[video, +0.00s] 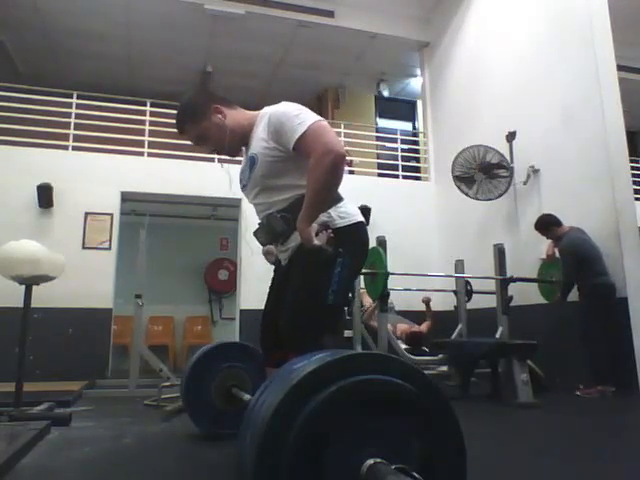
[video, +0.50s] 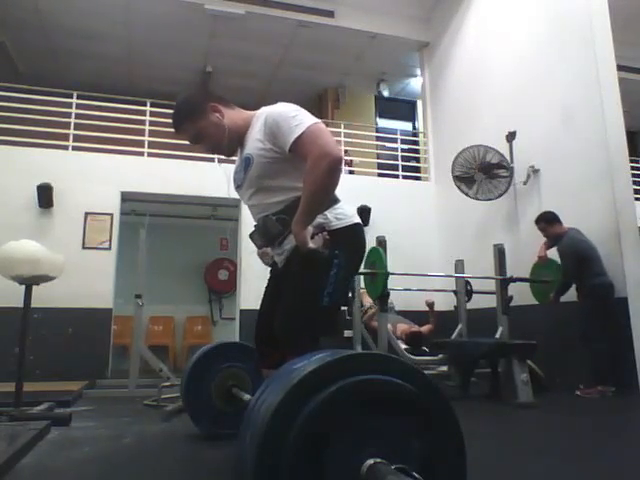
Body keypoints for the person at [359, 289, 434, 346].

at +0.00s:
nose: (412, 327)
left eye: (410, 331)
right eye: (415, 329)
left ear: (403, 339)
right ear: (417, 329)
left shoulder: (388, 333)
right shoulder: (421, 332)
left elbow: (366, 320)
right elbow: (429, 320)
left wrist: (378, 302)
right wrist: (427, 305)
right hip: (389, 313)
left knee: (363, 293)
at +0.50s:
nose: (414, 327)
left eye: (412, 331)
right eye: (416, 329)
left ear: (403, 338)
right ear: (418, 330)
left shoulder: (387, 330)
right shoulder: (422, 333)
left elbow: (367, 321)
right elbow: (432, 325)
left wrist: (378, 308)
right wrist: (431, 309)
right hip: (392, 314)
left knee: (365, 294)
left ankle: (362, 292)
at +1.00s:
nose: (411, 327)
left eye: (410, 330)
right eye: (414, 329)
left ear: (404, 339)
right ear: (420, 332)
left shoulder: (389, 333)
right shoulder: (423, 335)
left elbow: (367, 329)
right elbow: (434, 334)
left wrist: (376, 313)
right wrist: (433, 317)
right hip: (392, 314)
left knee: (364, 293)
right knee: (384, 297)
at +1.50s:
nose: (412, 327)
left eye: (410, 330)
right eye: (415, 329)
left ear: (403, 338)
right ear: (419, 331)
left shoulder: (388, 333)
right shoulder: (422, 334)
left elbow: (365, 326)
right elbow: (434, 331)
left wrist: (375, 309)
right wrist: (432, 313)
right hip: (392, 314)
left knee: (363, 293)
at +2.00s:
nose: (413, 327)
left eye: (411, 331)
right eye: (416, 330)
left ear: (402, 338)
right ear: (419, 332)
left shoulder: (388, 333)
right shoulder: (421, 334)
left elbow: (365, 327)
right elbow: (432, 332)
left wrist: (372, 309)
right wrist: (429, 314)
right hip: (393, 316)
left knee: (365, 295)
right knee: (385, 297)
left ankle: (362, 292)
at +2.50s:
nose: (413, 326)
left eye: (412, 329)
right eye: (415, 329)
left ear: (403, 336)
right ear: (418, 331)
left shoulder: (389, 331)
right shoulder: (421, 332)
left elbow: (366, 318)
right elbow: (426, 320)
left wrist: (370, 303)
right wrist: (425, 303)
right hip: (392, 316)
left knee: (365, 294)